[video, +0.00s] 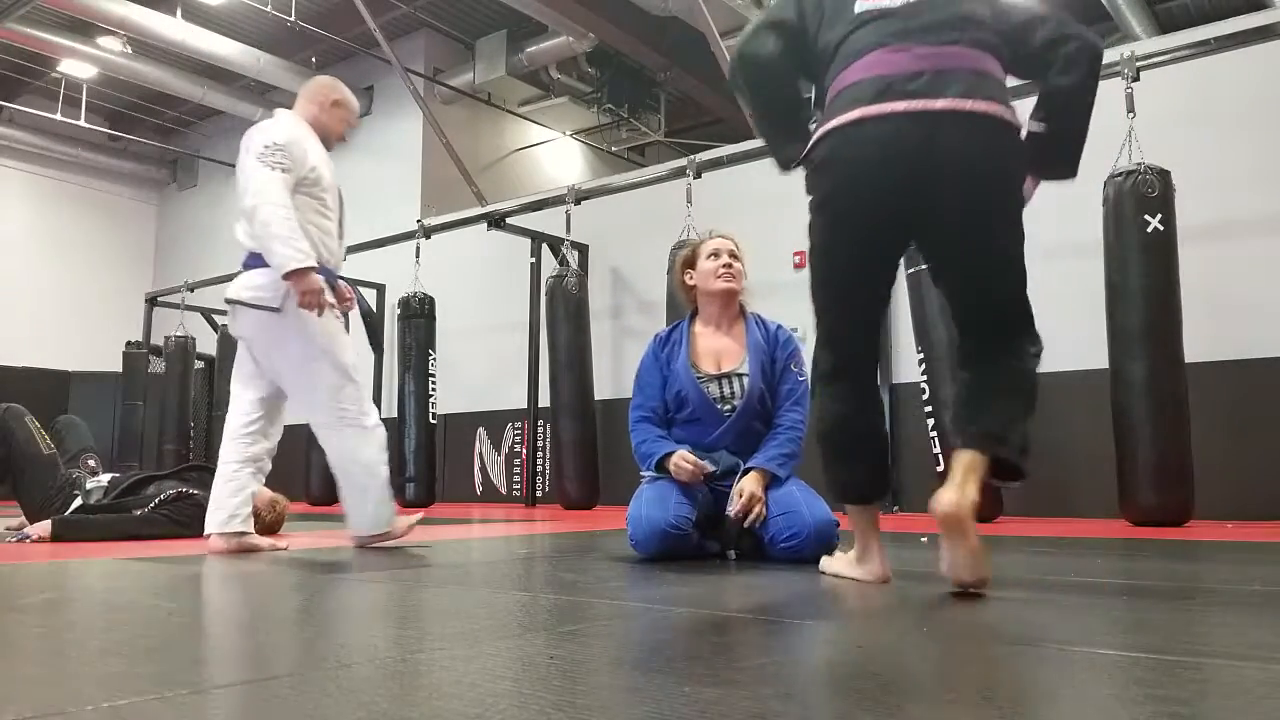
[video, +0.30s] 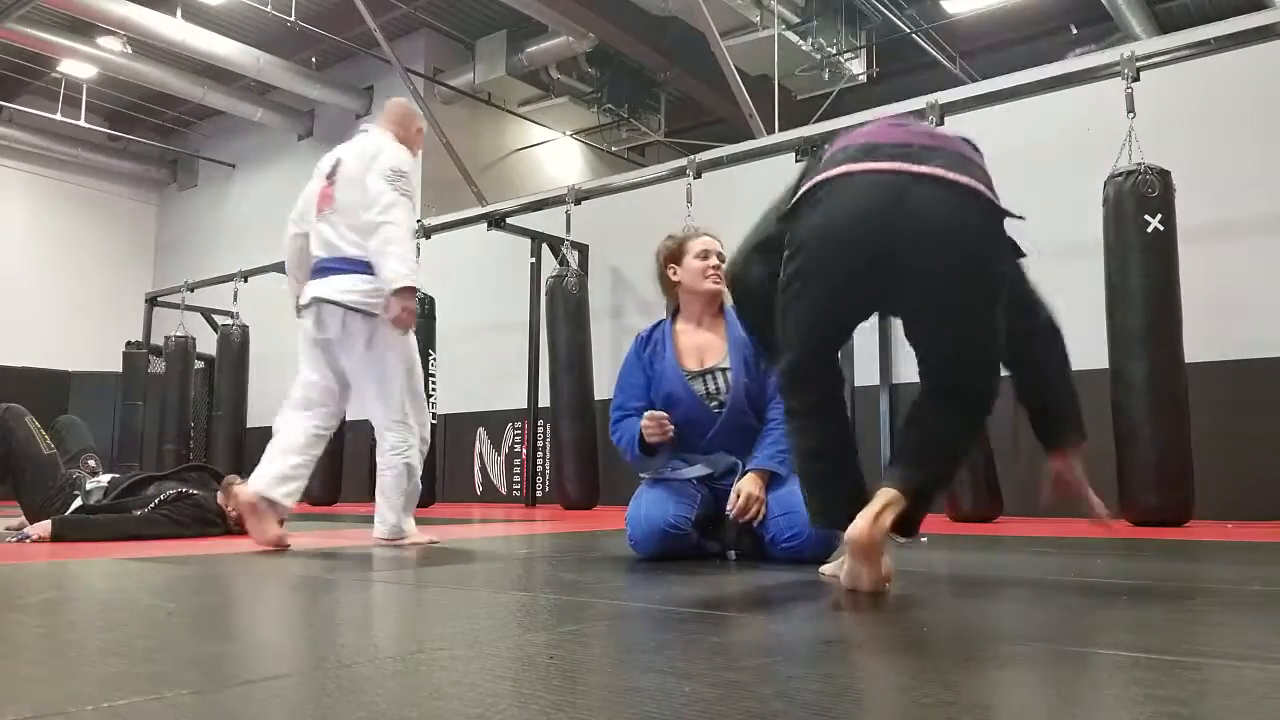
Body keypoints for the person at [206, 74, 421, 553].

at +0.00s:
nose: (347, 133)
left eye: (351, 126)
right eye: (347, 122)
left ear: (322, 104)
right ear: (326, 103)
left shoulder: (305, 148)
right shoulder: (280, 132)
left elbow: (302, 226)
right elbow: (265, 201)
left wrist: (333, 277)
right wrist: (298, 267)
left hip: (268, 297)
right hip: (290, 296)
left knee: (252, 421)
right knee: (347, 409)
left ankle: (230, 526)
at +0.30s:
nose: (419, 147)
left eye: (421, 139)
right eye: (420, 138)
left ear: (380, 122)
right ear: (406, 127)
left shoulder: (331, 159)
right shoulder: (392, 154)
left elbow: (298, 227)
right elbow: (392, 219)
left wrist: (305, 290)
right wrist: (403, 284)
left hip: (321, 301)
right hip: (369, 303)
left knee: (312, 406)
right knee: (402, 418)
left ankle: (264, 497)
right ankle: (395, 526)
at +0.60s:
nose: (453, 162)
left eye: (453, 158)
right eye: (454, 157)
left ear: (412, 142)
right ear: (446, 151)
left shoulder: (365, 170)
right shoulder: (451, 175)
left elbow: (322, 220)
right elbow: (486, 238)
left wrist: (301, 276)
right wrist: (527, 295)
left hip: (362, 304)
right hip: (415, 304)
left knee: (372, 412)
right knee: (416, 411)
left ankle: (392, 513)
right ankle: (394, 522)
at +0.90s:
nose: (451, 174)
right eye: (450, 168)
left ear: (409, 170)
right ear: (448, 169)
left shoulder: (381, 200)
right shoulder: (469, 200)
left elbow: (354, 256)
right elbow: (492, 261)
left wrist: (348, 312)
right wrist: (512, 318)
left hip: (392, 320)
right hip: (443, 319)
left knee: (405, 415)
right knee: (446, 412)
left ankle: (426, 516)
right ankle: (416, 494)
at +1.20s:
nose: (414, 186)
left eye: (414, 181)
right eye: (417, 181)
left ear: (418, 182)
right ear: (453, 181)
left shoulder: (397, 214)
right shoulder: (481, 216)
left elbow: (370, 268)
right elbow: (502, 274)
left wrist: (367, 316)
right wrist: (505, 328)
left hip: (407, 329)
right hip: (460, 329)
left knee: (409, 419)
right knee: (472, 417)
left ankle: (418, 516)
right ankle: (482, 510)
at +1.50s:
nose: (437, 203)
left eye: (438, 199)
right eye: (439, 199)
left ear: (443, 198)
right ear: (476, 200)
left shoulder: (423, 228)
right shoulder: (501, 238)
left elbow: (398, 277)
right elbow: (519, 296)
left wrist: (380, 323)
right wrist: (528, 343)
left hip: (431, 339)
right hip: (478, 342)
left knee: (415, 424)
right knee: (478, 430)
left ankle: (426, 494)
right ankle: (477, 515)